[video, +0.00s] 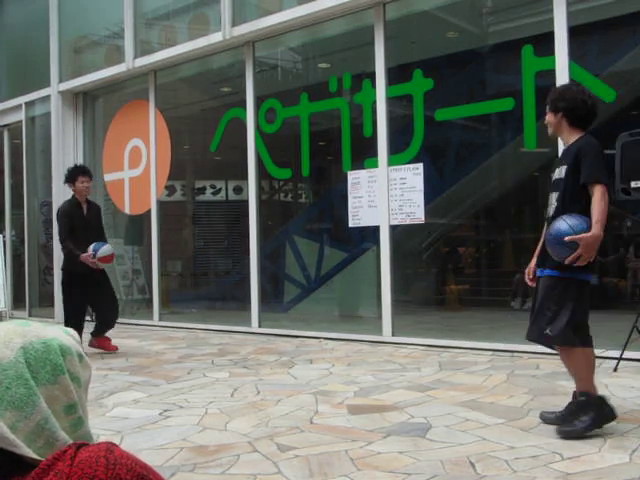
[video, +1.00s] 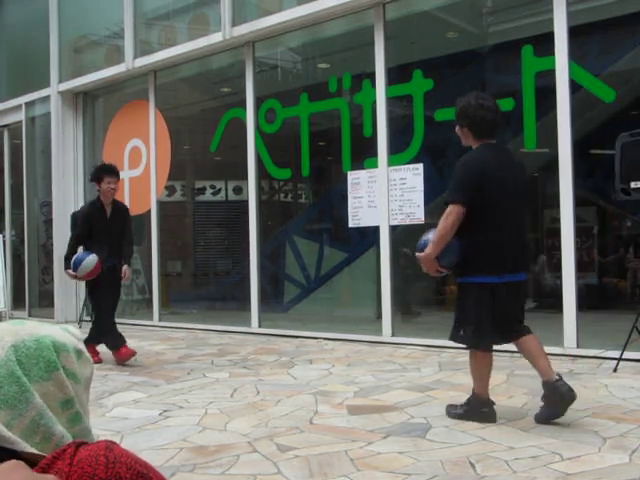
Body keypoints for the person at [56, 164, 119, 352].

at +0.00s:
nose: (87, 186)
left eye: (89, 182)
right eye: (82, 182)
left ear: (91, 185)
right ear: (72, 186)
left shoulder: (95, 208)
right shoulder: (65, 210)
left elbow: (100, 236)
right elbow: (64, 240)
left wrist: (105, 252)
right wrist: (80, 256)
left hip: (94, 266)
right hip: (74, 267)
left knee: (110, 306)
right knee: (75, 311)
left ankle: (98, 336)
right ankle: (73, 349)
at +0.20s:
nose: (87, 187)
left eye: (90, 183)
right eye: (83, 183)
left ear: (94, 185)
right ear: (75, 185)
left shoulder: (98, 209)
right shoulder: (68, 210)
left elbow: (102, 237)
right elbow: (58, 238)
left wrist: (101, 258)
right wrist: (62, 260)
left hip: (93, 266)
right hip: (73, 267)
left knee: (99, 303)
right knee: (74, 306)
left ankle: (98, 341)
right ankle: (73, 345)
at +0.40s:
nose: (95, 187)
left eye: (98, 184)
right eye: (91, 183)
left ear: (102, 186)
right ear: (83, 185)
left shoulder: (105, 211)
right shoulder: (72, 209)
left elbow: (107, 240)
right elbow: (56, 237)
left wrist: (104, 263)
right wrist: (49, 260)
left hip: (94, 268)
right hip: (73, 268)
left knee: (93, 306)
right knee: (72, 307)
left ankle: (89, 343)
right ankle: (71, 345)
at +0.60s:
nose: (99, 186)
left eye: (103, 183)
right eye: (95, 182)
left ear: (107, 186)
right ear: (86, 184)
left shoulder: (110, 210)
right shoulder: (75, 208)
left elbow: (116, 240)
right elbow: (57, 236)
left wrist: (115, 267)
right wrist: (49, 258)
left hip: (100, 265)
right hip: (78, 265)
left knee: (99, 305)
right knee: (77, 304)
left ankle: (90, 344)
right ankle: (72, 343)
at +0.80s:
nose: (102, 185)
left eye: (106, 181)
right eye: (98, 181)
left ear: (110, 184)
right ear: (90, 183)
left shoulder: (115, 209)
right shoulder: (80, 209)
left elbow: (123, 239)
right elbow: (65, 236)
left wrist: (123, 264)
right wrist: (55, 260)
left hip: (107, 266)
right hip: (85, 266)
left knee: (105, 306)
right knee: (85, 305)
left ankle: (92, 345)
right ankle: (82, 346)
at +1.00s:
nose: (112, 187)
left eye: (115, 183)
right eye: (108, 183)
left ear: (118, 186)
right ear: (98, 186)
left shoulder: (122, 211)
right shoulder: (86, 213)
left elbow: (128, 240)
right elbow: (76, 240)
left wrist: (126, 262)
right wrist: (68, 264)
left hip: (115, 264)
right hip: (93, 265)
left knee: (109, 306)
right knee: (101, 307)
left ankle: (90, 343)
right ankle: (118, 346)